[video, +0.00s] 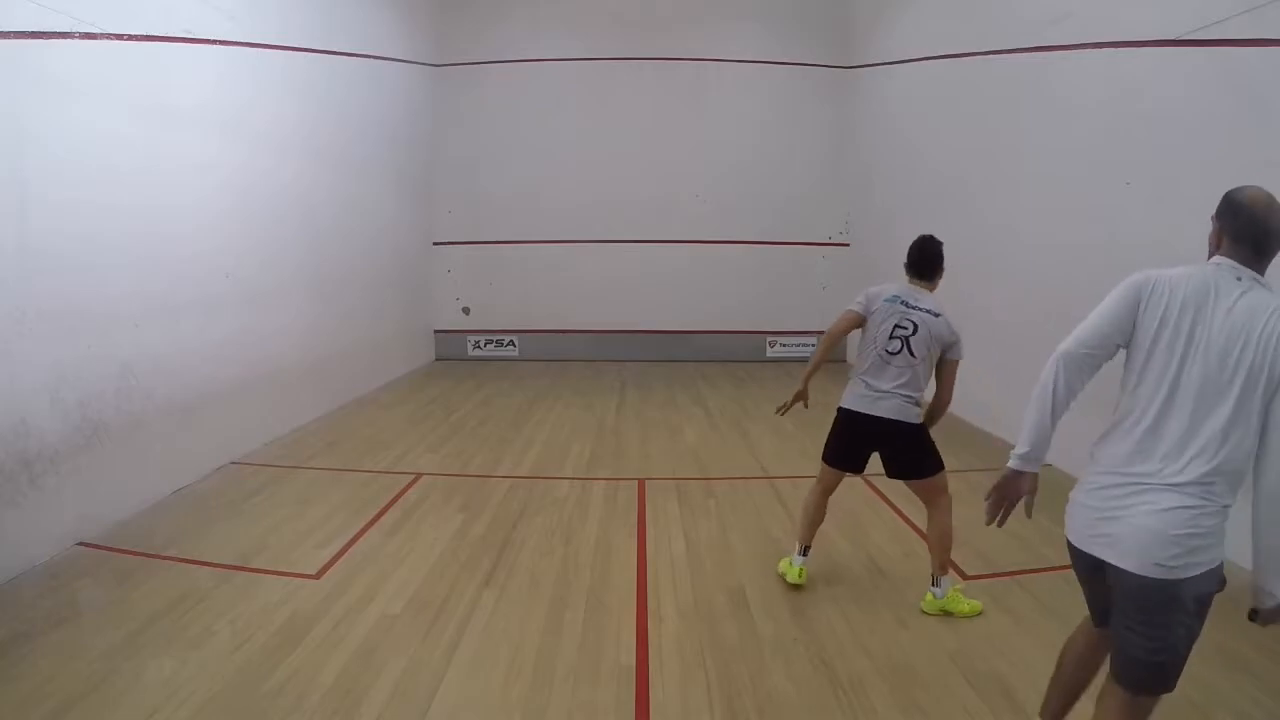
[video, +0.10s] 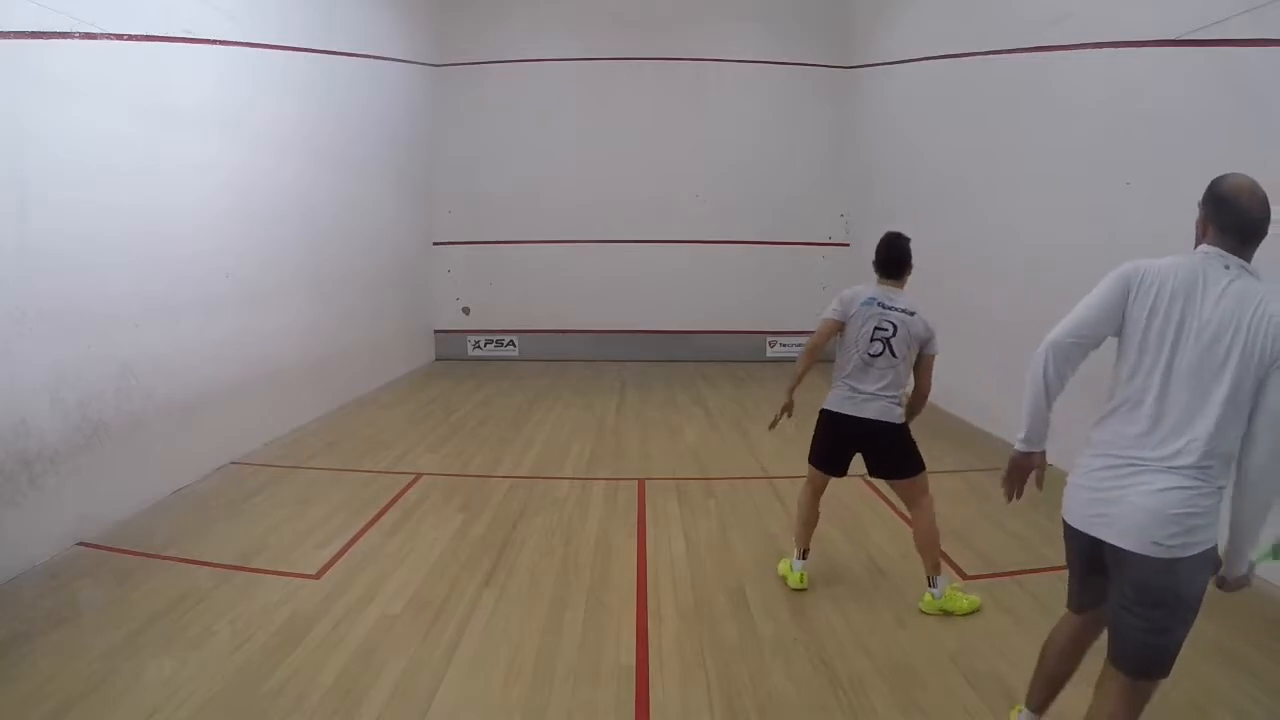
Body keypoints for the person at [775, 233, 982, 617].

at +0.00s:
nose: (933, 275)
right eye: (939, 271)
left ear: (906, 268)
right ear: (940, 275)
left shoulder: (877, 296)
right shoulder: (945, 327)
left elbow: (833, 333)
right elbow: (943, 400)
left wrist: (804, 381)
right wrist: (920, 430)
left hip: (853, 415)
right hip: (902, 427)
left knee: (823, 486)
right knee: (938, 500)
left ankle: (798, 561)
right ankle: (939, 590)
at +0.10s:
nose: (901, 269)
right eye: (908, 265)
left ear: (875, 266)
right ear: (909, 270)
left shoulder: (851, 298)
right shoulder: (921, 323)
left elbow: (816, 342)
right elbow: (922, 390)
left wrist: (790, 391)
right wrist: (905, 418)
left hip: (836, 419)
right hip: (886, 427)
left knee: (814, 485)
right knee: (920, 501)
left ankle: (798, 565)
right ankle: (936, 589)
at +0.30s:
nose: (855, 255)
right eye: (858, 249)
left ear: (826, 252)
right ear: (861, 254)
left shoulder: (804, 289)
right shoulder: (877, 301)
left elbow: (776, 346)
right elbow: (891, 368)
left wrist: (780, 382)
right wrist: (885, 416)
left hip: (807, 408)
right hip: (854, 410)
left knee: (795, 485)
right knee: (877, 489)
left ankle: (797, 565)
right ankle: (891, 568)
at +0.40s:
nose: (843, 248)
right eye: (845, 243)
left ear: (813, 246)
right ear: (847, 248)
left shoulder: (791, 284)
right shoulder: (862, 292)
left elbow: (768, 337)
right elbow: (877, 358)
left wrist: (783, 357)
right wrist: (878, 408)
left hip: (799, 401)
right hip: (843, 402)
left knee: (795, 483)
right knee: (851, 475)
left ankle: (797, 566)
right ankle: (848, 551)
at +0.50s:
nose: (840, 250)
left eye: (837, 245)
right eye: (841, 246)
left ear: (804, 247)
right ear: (838, 249)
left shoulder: (780, 283)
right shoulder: (850, 292)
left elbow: (764, 336)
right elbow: (865, 359)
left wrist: (784, 335)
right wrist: (869, 408)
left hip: (791, 398)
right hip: (834, 399)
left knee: (792, 479)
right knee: (824, 468)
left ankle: (796, 566)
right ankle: (811, 530)